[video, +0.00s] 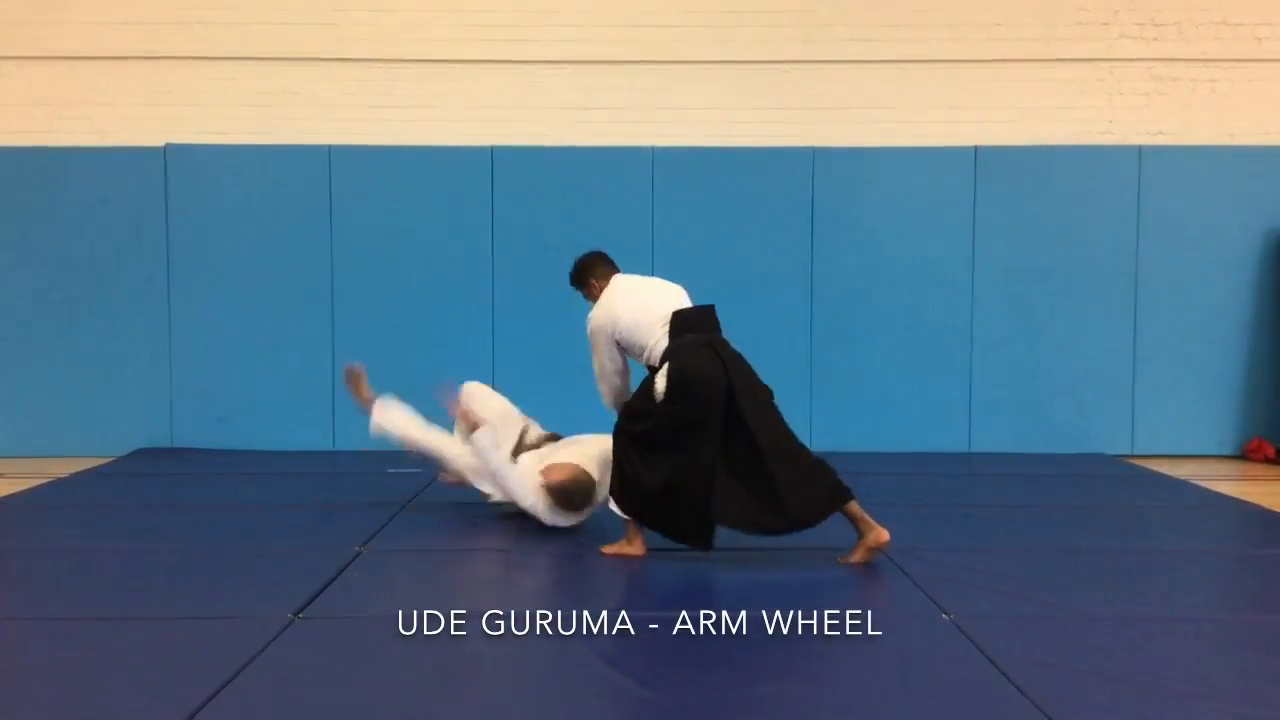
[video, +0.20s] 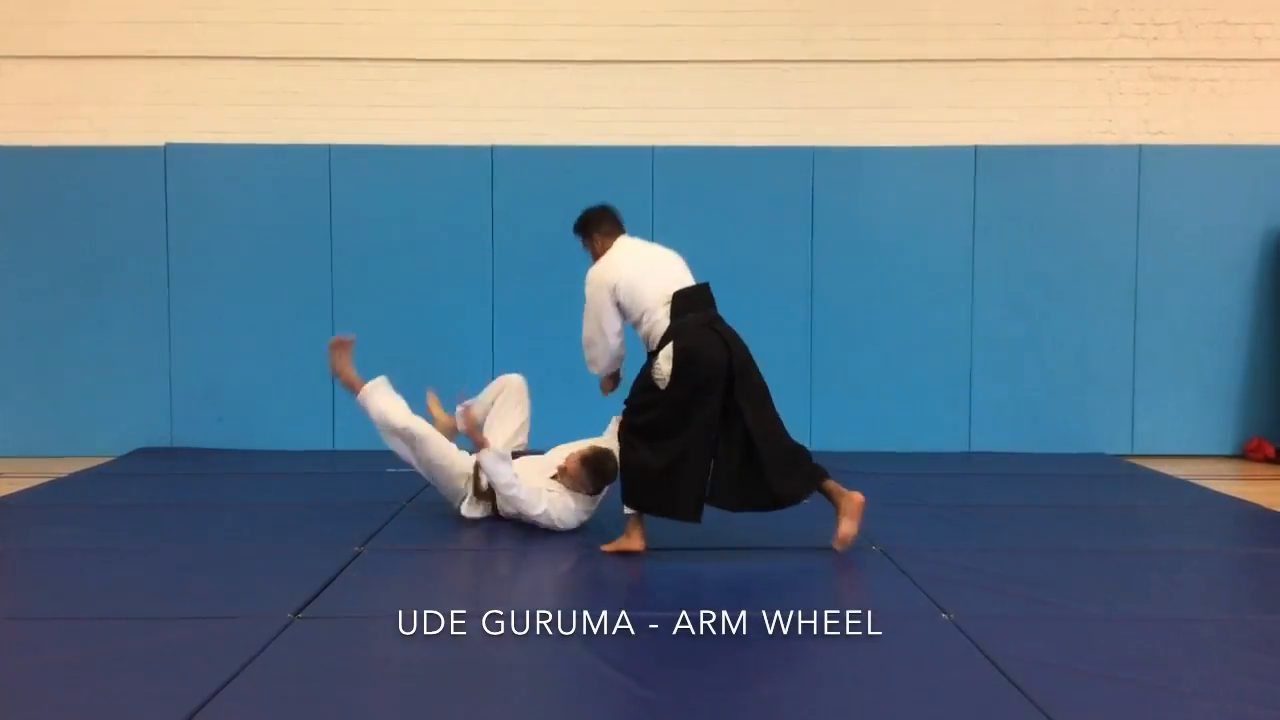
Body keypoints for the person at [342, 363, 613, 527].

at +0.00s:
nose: (549, 470)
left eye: (552, 478)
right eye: (560, 467)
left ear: (556, 495)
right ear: (574, 463)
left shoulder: (539, 503)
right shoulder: (603, 452)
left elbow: (500, 463)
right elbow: (634, 449)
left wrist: (474, 428)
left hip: (506, 479)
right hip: (535, 441)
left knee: (438, 443)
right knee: (473, 391)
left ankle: (375, 404)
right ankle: (467, 472)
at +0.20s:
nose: (565, 463)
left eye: (573, 467)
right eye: (571, 459)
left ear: (586, 482)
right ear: (582, 456)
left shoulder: (557, 509)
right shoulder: (598, 459)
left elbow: (512, 493)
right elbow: (617, 434)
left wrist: (481, 444)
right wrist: (634, 410)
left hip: (479, 489)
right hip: (511, 462)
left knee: (416, 433)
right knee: (513, 383)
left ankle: (353, 380)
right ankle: (454, 424)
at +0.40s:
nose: (570, 457)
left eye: (578, 458)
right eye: (574, 452)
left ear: (597, 472)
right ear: (593, 454)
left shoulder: (576, 513)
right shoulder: (601, 461)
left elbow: (521, 514)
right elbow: (591, 419)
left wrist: (475, 487)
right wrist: (586, 379)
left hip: (481, 492)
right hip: (505, 456)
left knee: (416, 466)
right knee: (494, 378)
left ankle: (332, 438)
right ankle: (429, 413)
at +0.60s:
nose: (562, 446)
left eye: (572, 445)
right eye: (565, 439)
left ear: (595, 457)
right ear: (571, 435)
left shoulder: (580, 500)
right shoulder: (565, 435)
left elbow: (529, 525)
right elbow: (530, 411)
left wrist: (472, 531)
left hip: (477, 500)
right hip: (494, 457)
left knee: (397, 483)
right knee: (423, 408)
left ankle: (305, 472)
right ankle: (379, 451)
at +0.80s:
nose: (512, 416)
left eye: (520, 413)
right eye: (512, 408)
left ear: (546, 417)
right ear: (513, 400)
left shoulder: (554, 461)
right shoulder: (508, 407)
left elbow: (526, 521)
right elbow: (458, 411)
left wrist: (479, 533)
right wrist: (395, 413)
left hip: (468, 497)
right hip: (462, 457)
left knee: (399, 485)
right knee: (386, 432)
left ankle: (337, 496)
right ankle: (363, 488)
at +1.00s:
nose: (451, 396)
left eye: (460, 390)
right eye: (449, 387)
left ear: (483, 384)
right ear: (445, 379)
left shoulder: (507, 427)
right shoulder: (442, 393)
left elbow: (523, 488)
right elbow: (393, 413)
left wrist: (491, 529)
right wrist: (339, 445)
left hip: (470, 495)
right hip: (445, 457)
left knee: (401, 508)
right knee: (382, 438)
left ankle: (385, 505)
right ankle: (388, 492)